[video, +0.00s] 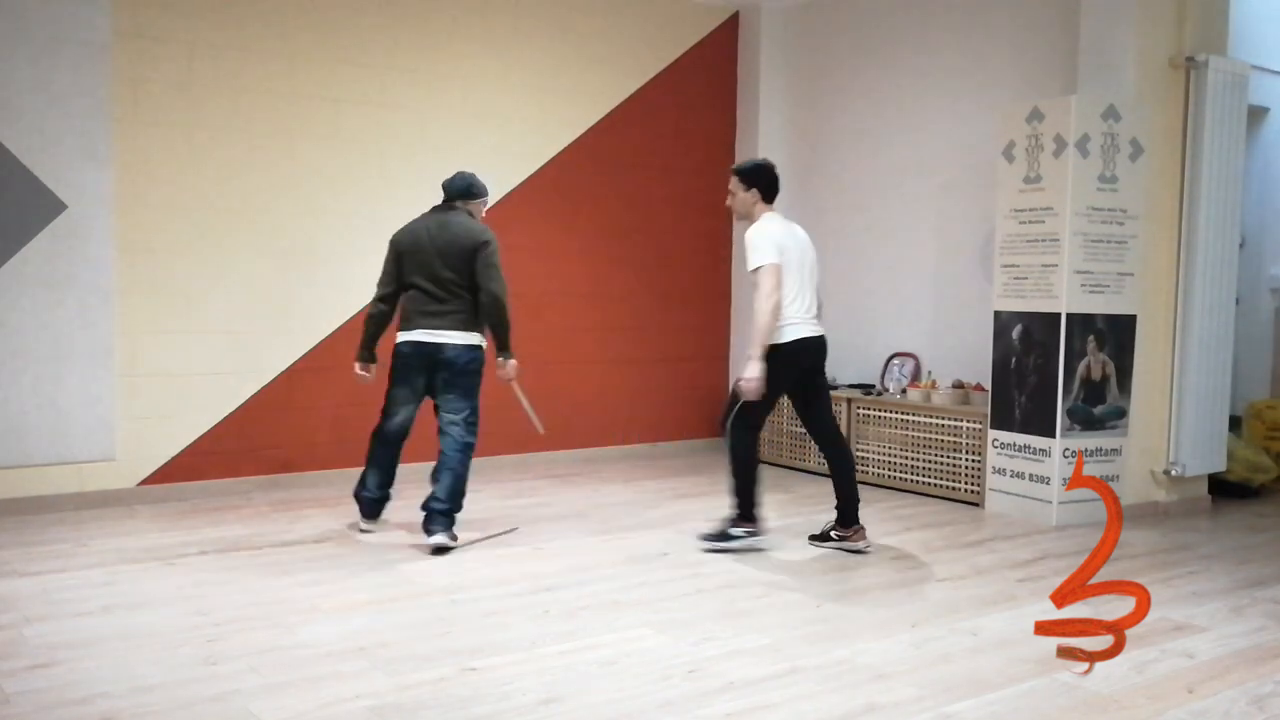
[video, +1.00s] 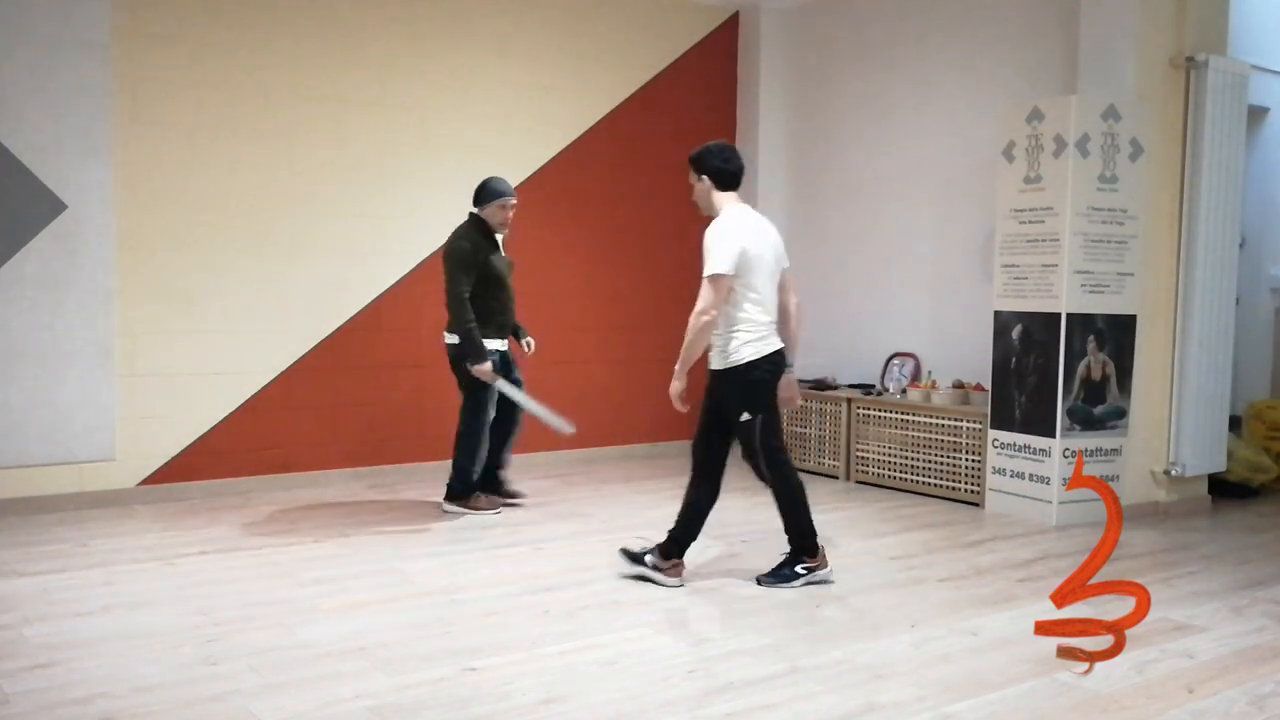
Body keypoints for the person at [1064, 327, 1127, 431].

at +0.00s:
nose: (1087, 345)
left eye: (1090, 342)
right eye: (1088, 342)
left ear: (1098, 344)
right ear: (1088, 345)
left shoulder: (1108, 364)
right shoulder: (1083, 365)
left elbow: (1114, 391)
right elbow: (1076, 391)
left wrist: (1106, 407)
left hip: (1103, 406)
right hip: (1086, 406)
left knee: (1121, 411)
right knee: (1071, 410)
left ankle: (1087, 425)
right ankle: (1102, 425)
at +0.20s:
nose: (1087, 345)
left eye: (1091, 342)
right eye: (1088, 342)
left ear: (1098, 344)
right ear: (1088, 345)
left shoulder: (1108, 364)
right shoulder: (1083, 365)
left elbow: (1114, 389)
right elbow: (1076, 390)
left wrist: (1108, 406)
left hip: (1103, 406)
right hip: (1086, 406)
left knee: (1121, 411)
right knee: (1071, 410)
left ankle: (1087, 425)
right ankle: (1102, 425)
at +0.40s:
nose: (1087, 346)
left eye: (1090, 342)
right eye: (1087, 342)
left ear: (1098, 345)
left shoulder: (1108, 364)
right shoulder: (1084, 364)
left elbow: (1114, 390)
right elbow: (1076, 390)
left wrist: (1105, 407)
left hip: (1103, 406)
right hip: (1086, 406)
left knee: (1121, 411)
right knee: (1071, 410)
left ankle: (1085, 425)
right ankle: (1101, 425)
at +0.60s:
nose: (1087, 346)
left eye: (1090, 342)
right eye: (1088, 342)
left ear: (1098, 344)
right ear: (1088, 345)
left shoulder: (1108, 364)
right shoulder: (1084, 364)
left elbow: (1113, 389)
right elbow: (1076, 390)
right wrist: (1070, 408)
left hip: (1103, 406)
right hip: (1086, 406)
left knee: (1121, 411)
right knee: (1071, 410)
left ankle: (1085, 425)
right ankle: (1101, 425)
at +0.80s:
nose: (1087, 346)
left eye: (1090, 342)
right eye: (1088, 342)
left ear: (1098, 344)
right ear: (1088, 345)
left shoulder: (1108, 364)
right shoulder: (1084, 364)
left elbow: (1113, 389)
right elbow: (1076, 390)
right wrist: (1070, 408)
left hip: (1103, 406)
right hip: (1086, 406)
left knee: (1121, 411)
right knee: (1071, 410)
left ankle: (1085, 425)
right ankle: (1101, 425)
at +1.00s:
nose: (1087, 346)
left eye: (1091, 342)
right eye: (1088, 342)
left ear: (1098, 345)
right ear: (1088, 345)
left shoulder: (1108, 364)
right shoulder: (1084, 364)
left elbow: (1113, 389)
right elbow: (1076, 390)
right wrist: (1070, 408)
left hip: (1103, 406)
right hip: (1086, 406)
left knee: (1121, 411)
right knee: (1071, 410)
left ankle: (1086, 425)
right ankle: (1101, 425)